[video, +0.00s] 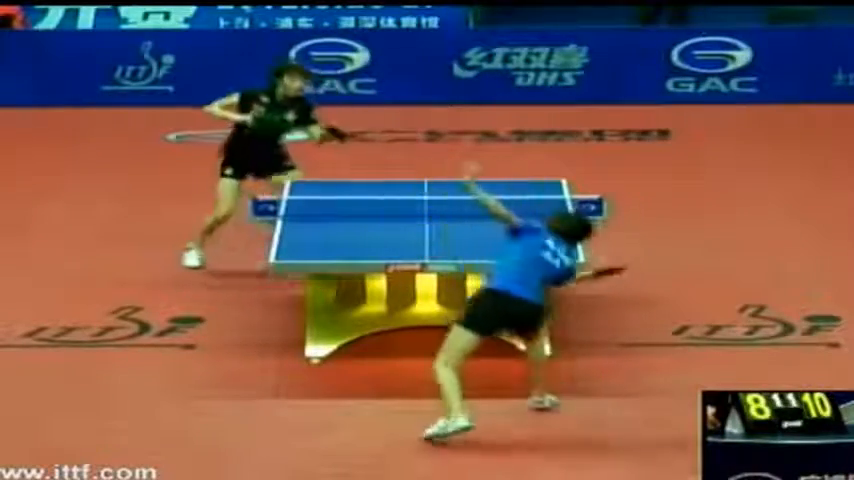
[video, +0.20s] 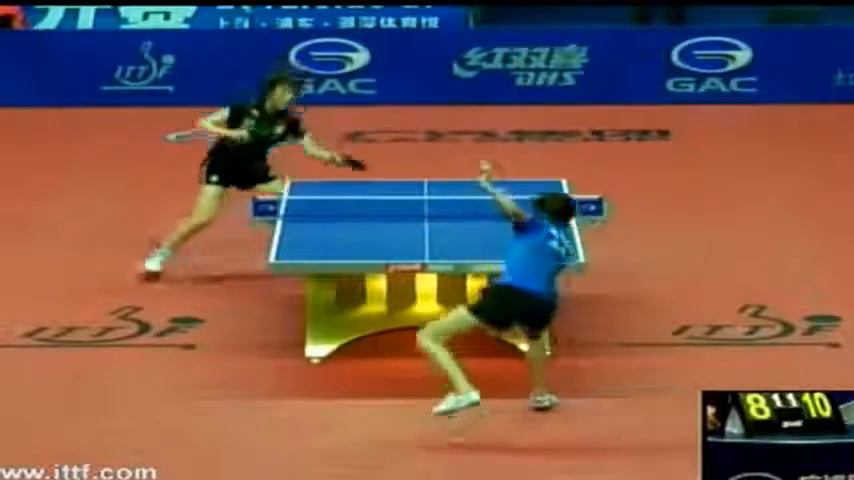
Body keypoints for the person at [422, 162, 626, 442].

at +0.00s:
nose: (553, 217)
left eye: (557, 216)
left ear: (555, 222)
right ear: (574, 238)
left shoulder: (531, 229)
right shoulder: (565, 261)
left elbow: (498, 211)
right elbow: (561, 281)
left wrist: (472, 186)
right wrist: (593, 275)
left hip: (496, 296)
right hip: (530, 308)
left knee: (445, 362)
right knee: (537, 339)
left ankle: (456, 416)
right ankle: (539, 393)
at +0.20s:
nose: (534, 208)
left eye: (537, 206)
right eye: (535, 206)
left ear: (542, 210)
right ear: (565, 218)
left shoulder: (532, 223)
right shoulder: (563, 246)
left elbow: (513, 212)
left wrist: (489, 187)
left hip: (508, 294)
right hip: (541, 304)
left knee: (428, 336)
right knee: (537, 336)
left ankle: (463, 391)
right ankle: (539, 393)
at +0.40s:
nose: (502, 191)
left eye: (505, 187)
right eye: (503, 188)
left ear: (511, 188)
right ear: (539, 189)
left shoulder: (509, 205)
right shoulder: (552, 219)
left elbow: (479, 223)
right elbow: (547, 256)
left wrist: (447, 209)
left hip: (506, 287)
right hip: (542, 293)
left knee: (436, 338)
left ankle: (438, 405)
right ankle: (543, 400)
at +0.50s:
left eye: (491, 202)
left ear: (494, 205)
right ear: (524, 204)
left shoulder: (492, 231)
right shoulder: (542, 235)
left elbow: (454, 261)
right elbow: (554, 279)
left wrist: (437, 258)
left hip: (498, 307)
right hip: (535, 309)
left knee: (447, 365)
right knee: (535, 352)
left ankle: (445, 431)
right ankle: (552, 411)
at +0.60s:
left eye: (481, 207)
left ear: (481, 210)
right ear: (513, 210)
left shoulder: (473, 234)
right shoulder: (529, 236)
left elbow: (440, 266)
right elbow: (553, 276)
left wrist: (428, 257)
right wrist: (533, 270)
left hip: (488, 311)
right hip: (528, 311)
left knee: (450, 370)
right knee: (542, 357)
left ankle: (448, 437)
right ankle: (555, 411)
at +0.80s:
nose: (475, 203)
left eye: (477, 199)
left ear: (483, 200)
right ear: (517, 200)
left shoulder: (474, 221)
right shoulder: (531, 225)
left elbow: (439, 255)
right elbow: (554, 265)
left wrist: (430, 261)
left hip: (478, 300)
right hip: (523, 302)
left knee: (445, 366)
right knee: (551, 363)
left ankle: (433, 435)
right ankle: (584, 428)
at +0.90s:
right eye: (527, 209)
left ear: (491, 216)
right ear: (525, 217)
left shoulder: (478, 244)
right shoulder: (540, 248)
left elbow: (450, 277)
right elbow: (559, 285)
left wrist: (452, 310)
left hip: (479, 323)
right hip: (524, 325)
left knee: (436, 384)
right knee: (563, 385)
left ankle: (404, 449)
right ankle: (595, 450)